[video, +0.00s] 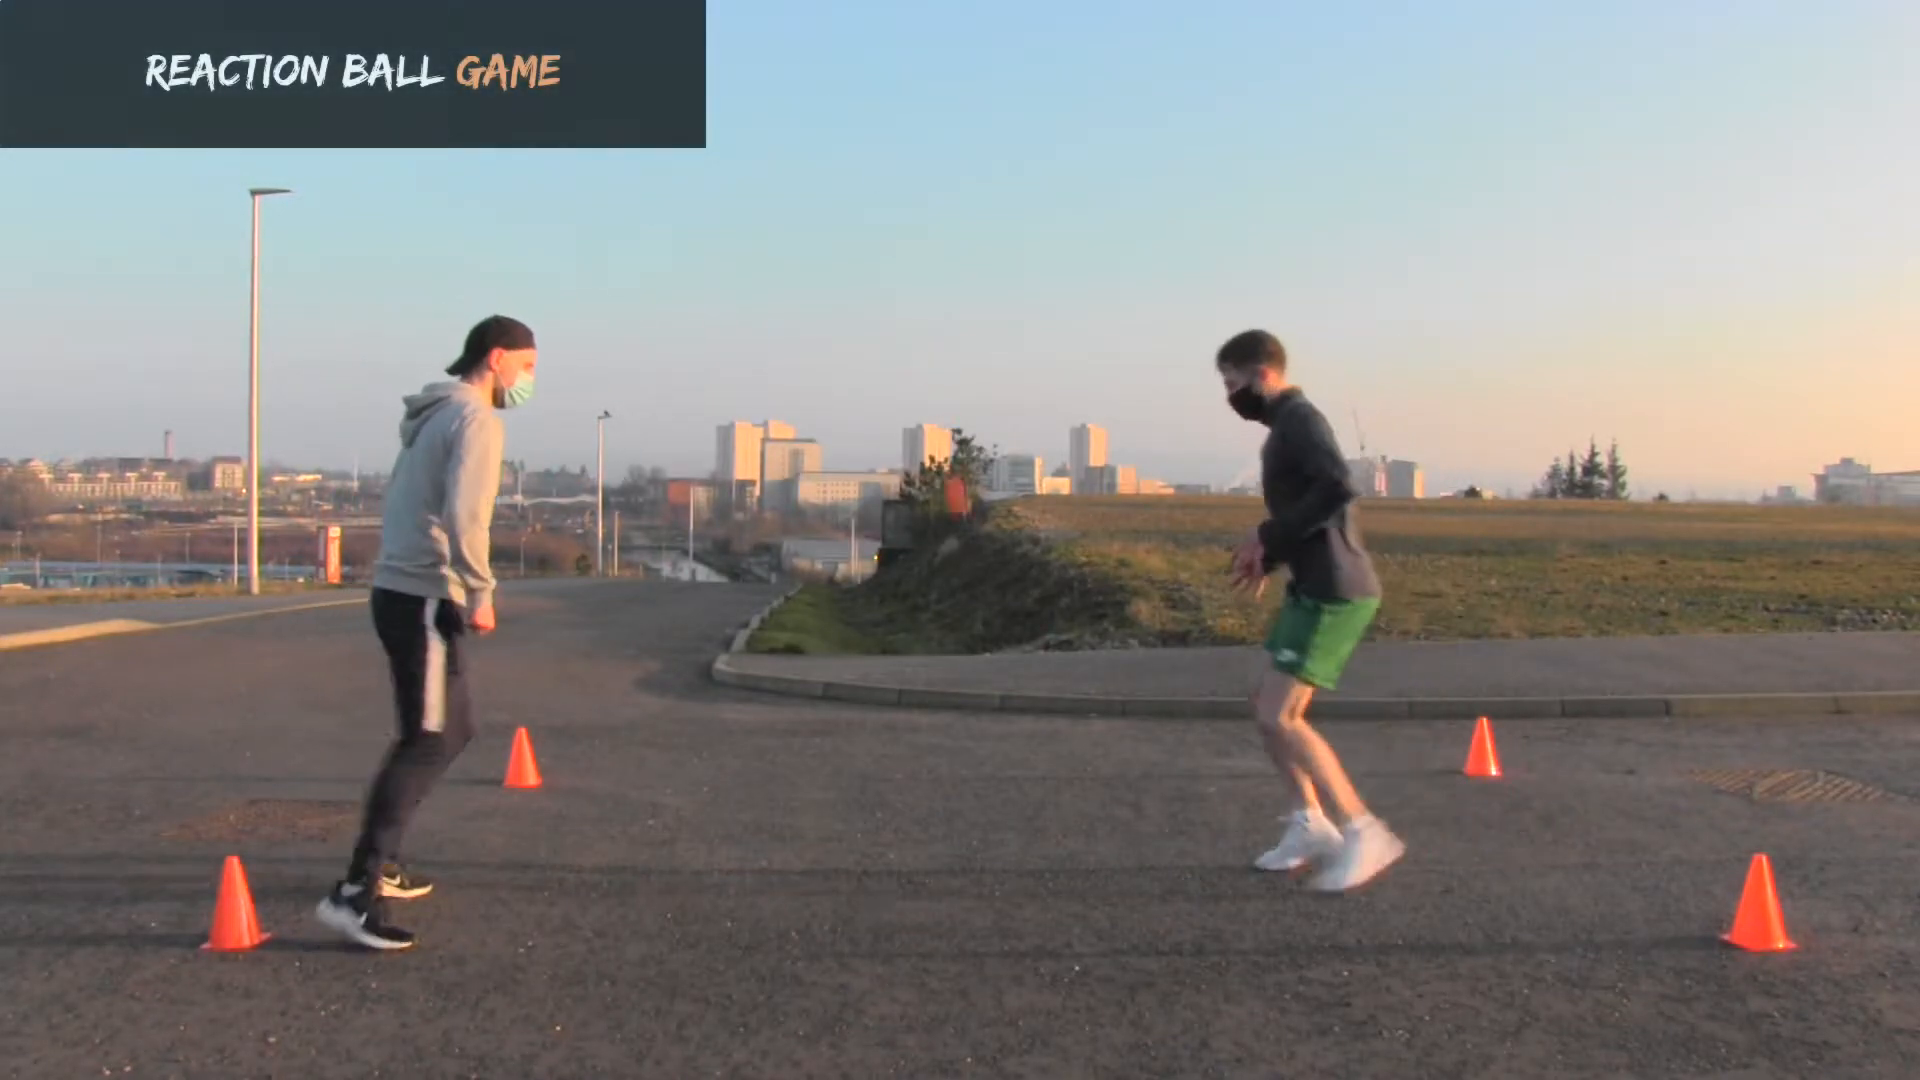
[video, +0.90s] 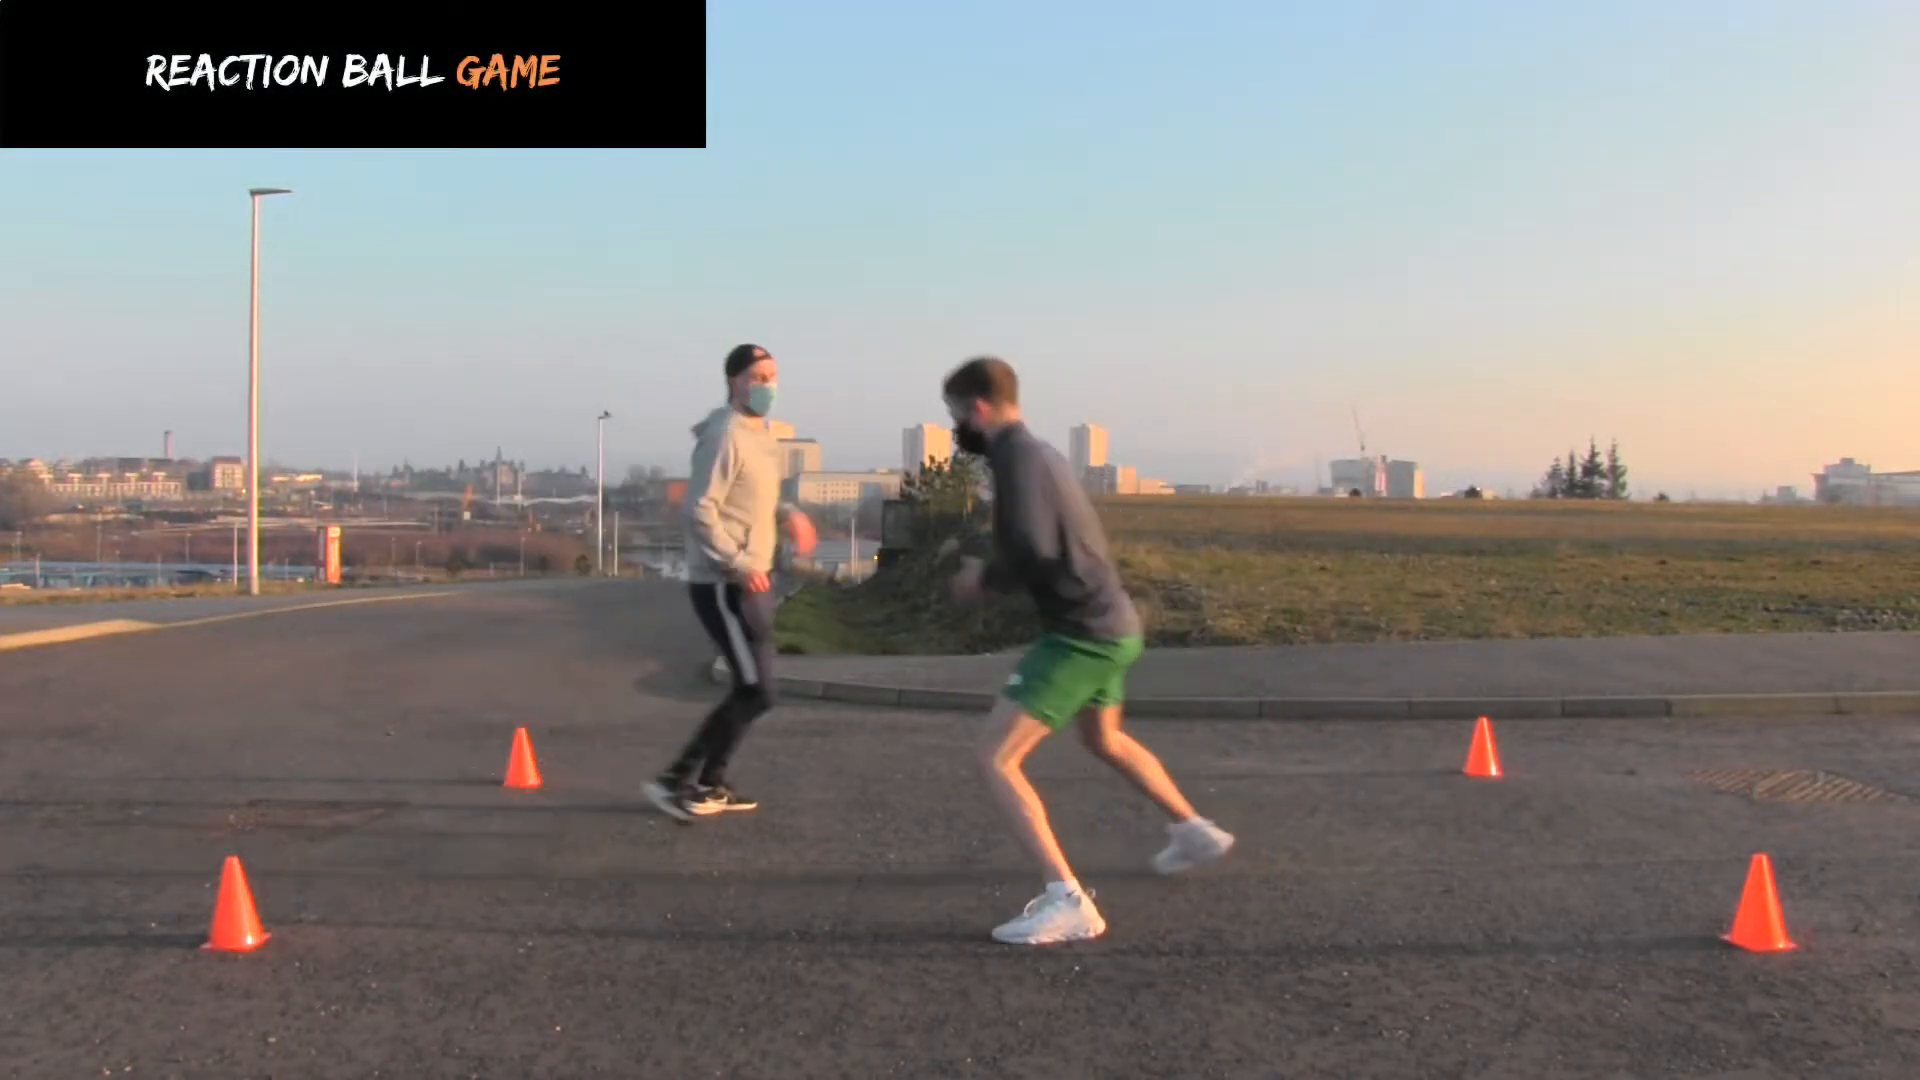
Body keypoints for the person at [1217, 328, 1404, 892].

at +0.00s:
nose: (1229, 393)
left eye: (1235, 380)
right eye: (1226, 383)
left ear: (1266, 372)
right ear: (1264, 376)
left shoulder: (1298, 420)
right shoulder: (1281, 427)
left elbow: (1338, 487)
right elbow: (1309, 502)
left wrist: (1270, 538)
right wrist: (1266, 548)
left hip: (1339, 590)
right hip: (1311, 587)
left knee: (1280, 713)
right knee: (1266, 704)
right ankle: (1311, 823)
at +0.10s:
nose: (1205, 404)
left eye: (1209, 392)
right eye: (1202, 394)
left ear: (1238, 380)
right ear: (1242, 380)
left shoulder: (1277, 424)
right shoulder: (1266, 427)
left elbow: (1309, 497)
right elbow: (1291, 508)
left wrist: (1248, 556)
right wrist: (1256, 566)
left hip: (1316, 595)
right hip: (1295, 591)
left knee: (1259, 719)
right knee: (1236, 693)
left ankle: (1296, 861)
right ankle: (1276, 821)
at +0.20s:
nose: (1177, 443)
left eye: (1179, 430)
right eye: (1173, 432)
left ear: (1205, 420)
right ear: (1220, 417)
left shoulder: (1240, 473)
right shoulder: (1254, 466)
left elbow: (1250, 572)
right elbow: (1257, 570)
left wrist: (1203, 632)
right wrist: (1213, 630)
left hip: (1282, 630)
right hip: (1294, 625)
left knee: (1207, 749)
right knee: (1210, 720)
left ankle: (1258, 890)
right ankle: (1233, 836)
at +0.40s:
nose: (1130, 460)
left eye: (1130, 447)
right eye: (1125, 450)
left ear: (1158, 432)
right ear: (1168, 430)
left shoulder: (1185, 477)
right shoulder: (1215, 470)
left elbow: (1204, 570)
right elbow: (1229, 566)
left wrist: (1145, 633)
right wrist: (1180, 625)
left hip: (1241, 633)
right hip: (1270, 628)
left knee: (1149, 746)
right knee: (1190, 715)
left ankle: (1234, 856)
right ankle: (1233, 831)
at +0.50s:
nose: (1100, 462)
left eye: (1102, 449)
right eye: (1095, 454)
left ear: (1131, 429)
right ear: (1132, 431)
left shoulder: (1168, 467)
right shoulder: (1177, 464)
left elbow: (1213, 547)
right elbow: (1212, 555)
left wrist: (1161, 609)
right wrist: (1165, 595)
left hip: (1221, 625)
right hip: (1250, 626)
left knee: (1117, 728)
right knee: (1180, 720)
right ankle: (1231, 833)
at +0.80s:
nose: (1003, 465)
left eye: (1006, 452)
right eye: (999, 454)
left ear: (1036, 444)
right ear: (1045, 445)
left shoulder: (1080, 490)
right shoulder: (1076, 491)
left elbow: (1138, 563)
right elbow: (1119, 565)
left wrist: (1071, 590)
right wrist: (1069, 589)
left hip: (1145, 651)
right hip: (1173, 647)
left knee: (1035, 750)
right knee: (1151, 745)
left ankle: (1072, 899)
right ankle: (1232, 837)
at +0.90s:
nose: (957, 428)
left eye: (958, 415)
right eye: (954, 417)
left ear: (982, 407)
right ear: (1005, 403)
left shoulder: (1018, 459)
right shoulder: (1040, 454)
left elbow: (1031, 552)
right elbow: (1050, 543)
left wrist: (984, 577)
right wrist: (993, 569)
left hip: (1082, 632)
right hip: (1116, 624)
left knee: (997, 758)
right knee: (1103, 736)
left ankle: (1066, 897)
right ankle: (1194, 829)